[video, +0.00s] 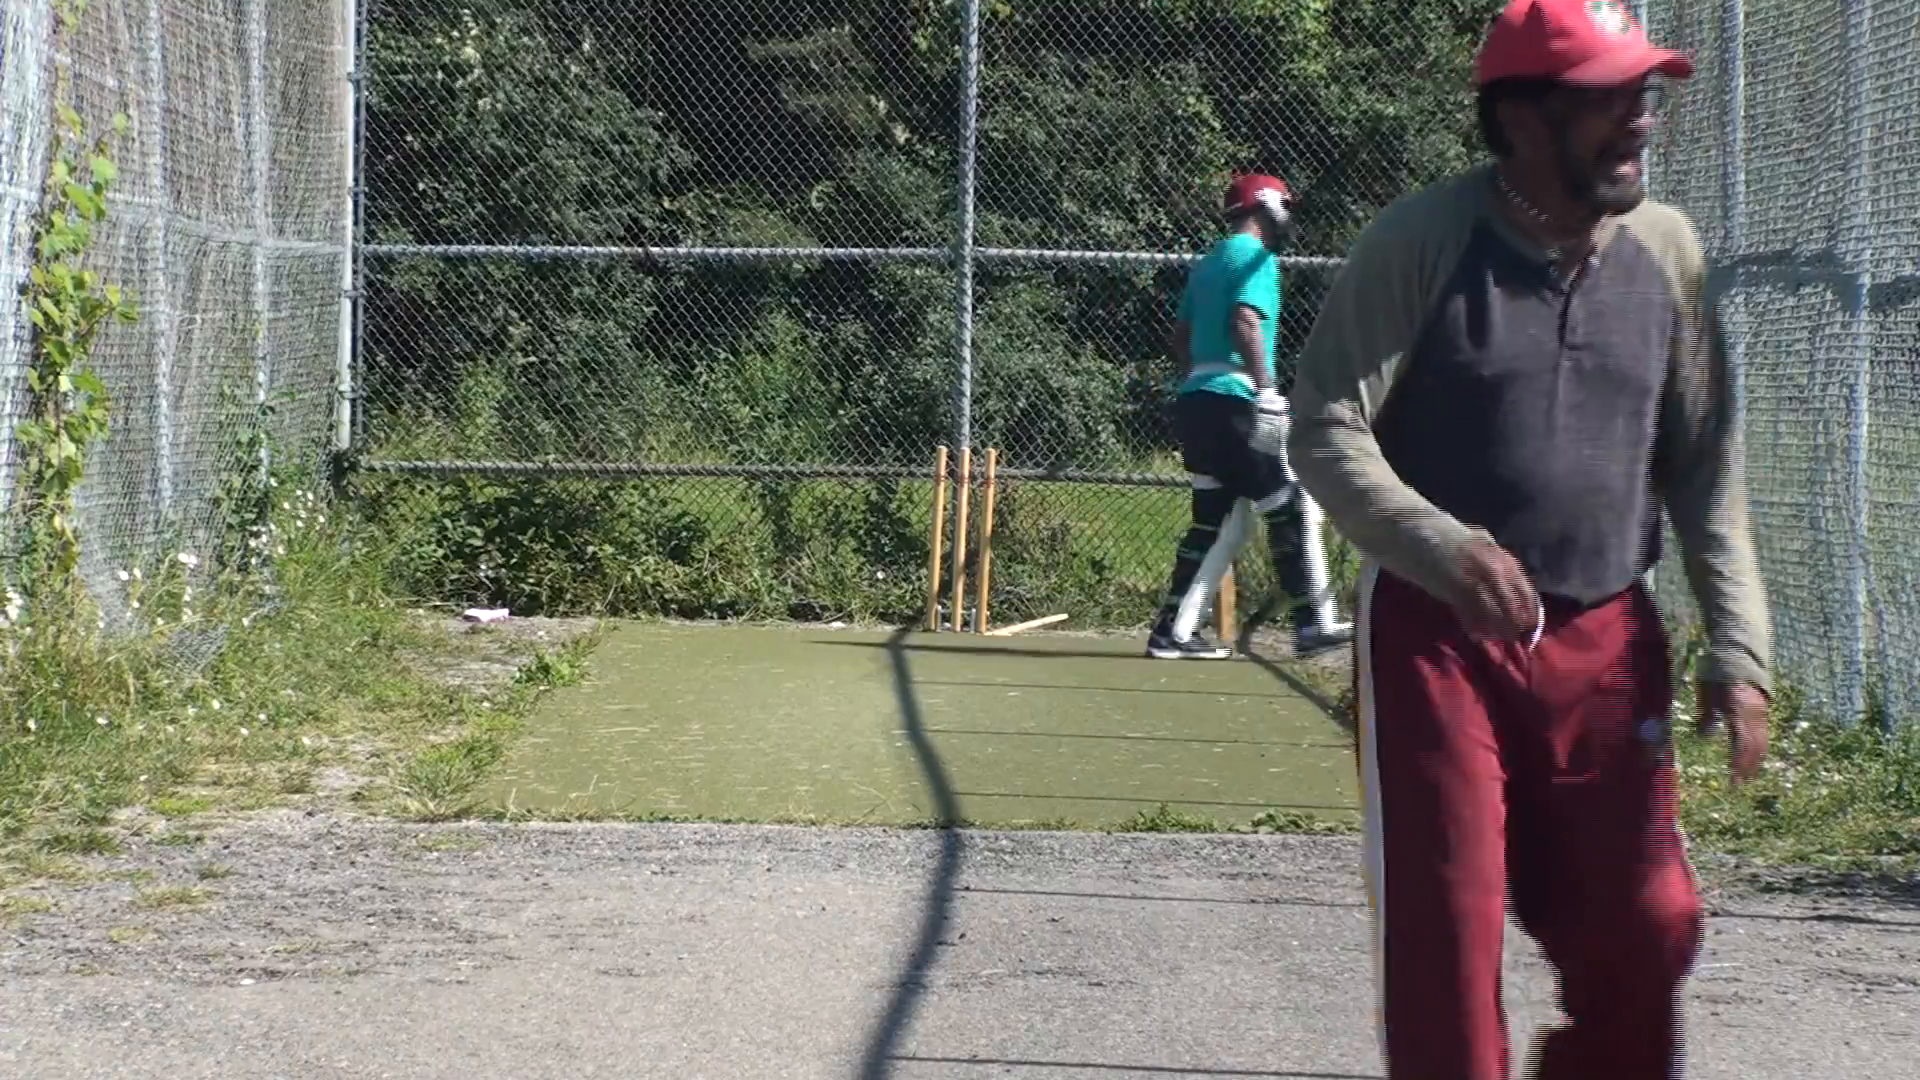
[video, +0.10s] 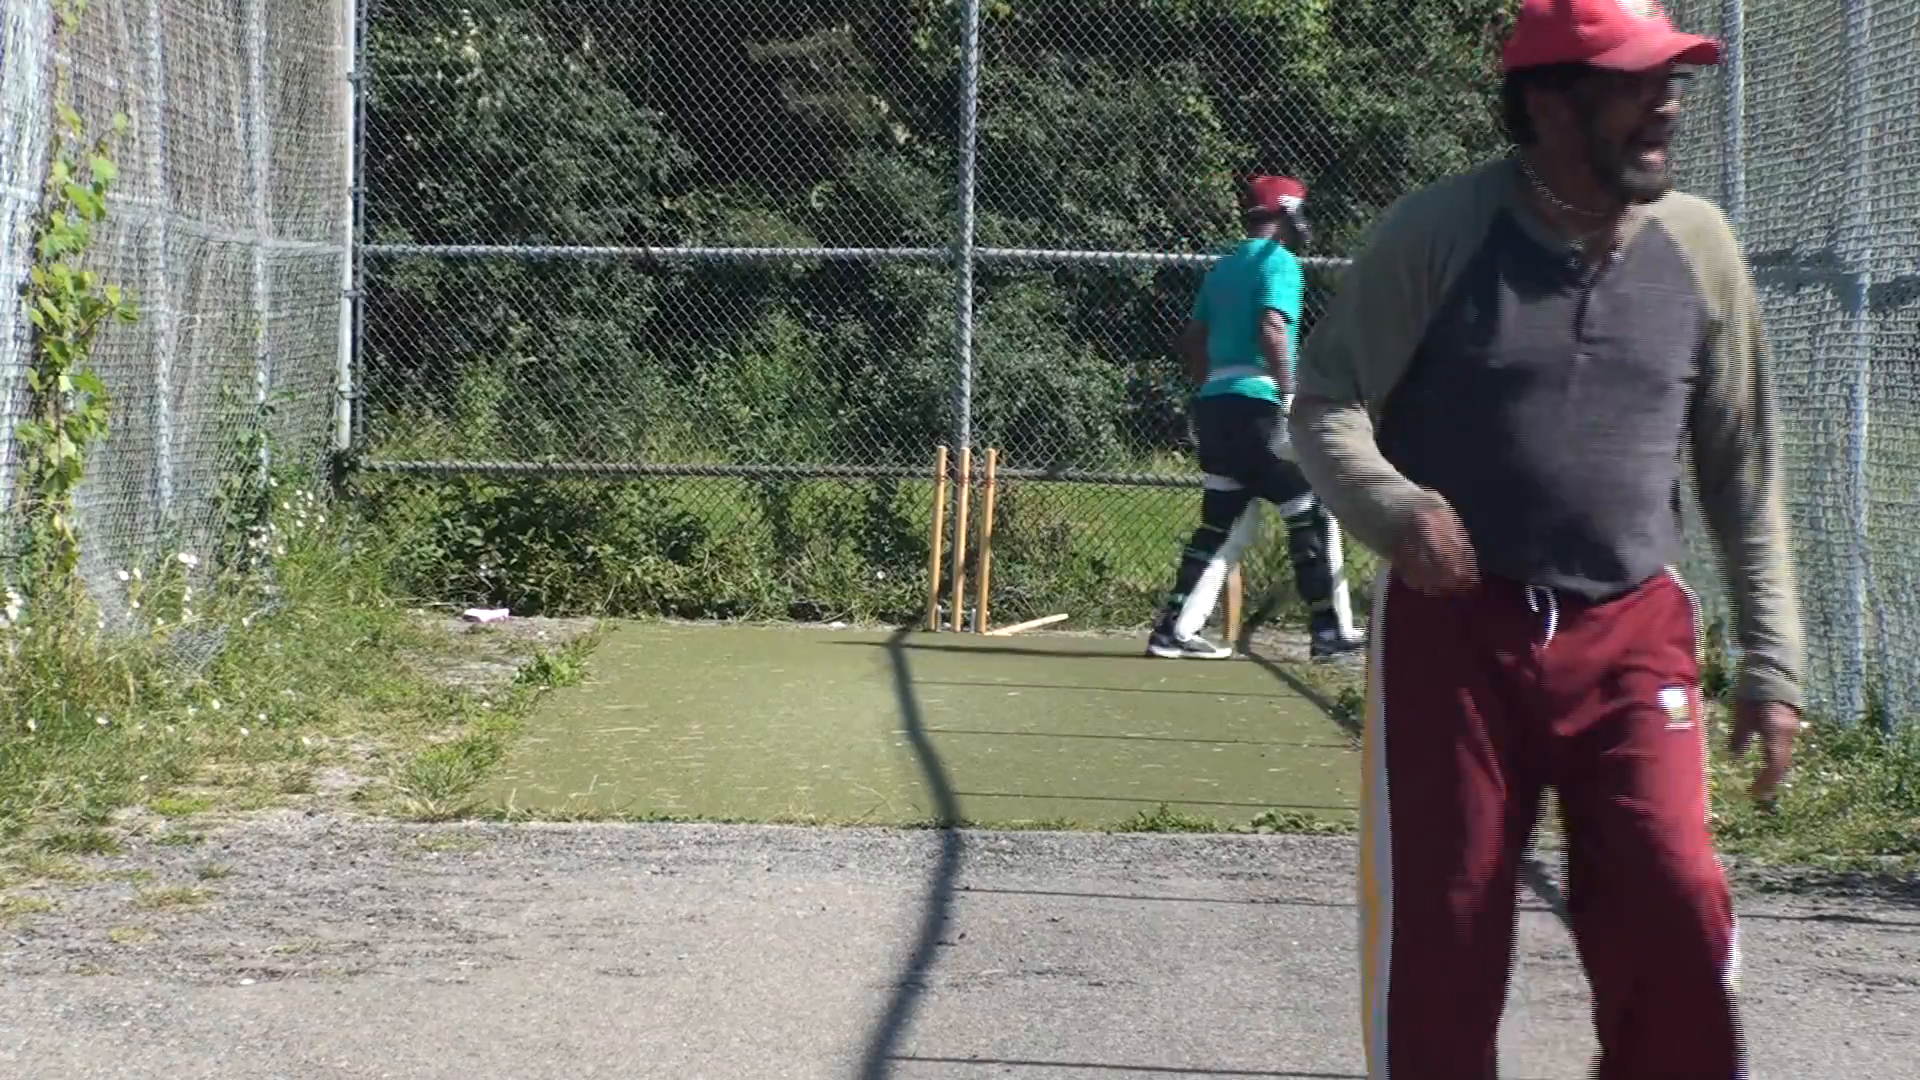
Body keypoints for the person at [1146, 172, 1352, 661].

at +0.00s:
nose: (1289, 222)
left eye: (1288, 213)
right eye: (1283, 212)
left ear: (1238, 217)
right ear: (1262, 213)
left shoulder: (1207, 263)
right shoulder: (1256, 256)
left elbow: (1179, 336)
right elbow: (1246, 321)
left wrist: (1207, 379)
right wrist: (1266, 391)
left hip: (1194, 405)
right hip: (1235, 405)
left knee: (1214, 519)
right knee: (1291, 507)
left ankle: (1173, 630)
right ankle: (1314, 621)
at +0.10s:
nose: (1304, 224)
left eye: (1301, 214)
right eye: (1298, 215)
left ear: (1253, 219)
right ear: (1282, 218)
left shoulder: (1222, 266)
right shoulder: (1279, 260)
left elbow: (1193, 337)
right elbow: (1272, 329)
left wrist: (1210, 386)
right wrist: (1290, 391)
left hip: (1212, 408)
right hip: (1255, 406)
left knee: (1220, 521)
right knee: (1308, 510)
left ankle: (1175, 628)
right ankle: (1331, 628)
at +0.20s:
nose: (1327, 228)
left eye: (1325, 218)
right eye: (1322, 219)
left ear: (1275, 223)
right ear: (1306, 222)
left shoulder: (1241, 270)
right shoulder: (1306, 266)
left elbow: (1217, 343)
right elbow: (1301, 333)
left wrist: (1223, 400)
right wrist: (1324, 397)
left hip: (1237, 407)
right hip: (1284, 407)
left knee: (1241, 519)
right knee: (1323, 517)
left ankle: (1181, 622)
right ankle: (1332, 637)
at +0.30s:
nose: (1346, 231)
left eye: (1345, 222)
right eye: (1342, 222)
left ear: (1291, 224)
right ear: (1326, 225)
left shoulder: (1257, 271)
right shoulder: (1333, 267)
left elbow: (1238, 346)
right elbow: (1337, 341)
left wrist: (1236, 408)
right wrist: (1375, 381)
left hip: (1259, 409)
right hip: (1312, 407)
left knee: (1277, 524)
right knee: (1343, 511)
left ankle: (1213, 600)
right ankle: (1333, 635)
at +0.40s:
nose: (1366, 228)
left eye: (1365, 219)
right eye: (1363, 220)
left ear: (1311, 222)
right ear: (1350, 222)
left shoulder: (1274, 270)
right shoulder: (1353, 268)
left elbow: (1250, 346)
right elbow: (1378, 344)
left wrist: (1251, 405)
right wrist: (1399, 402)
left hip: (1281, 405)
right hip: (1334, 404)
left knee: (1305, 507)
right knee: (1347, 519)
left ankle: (1262, 602)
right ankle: (1334, 634)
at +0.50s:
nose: (1380, 227)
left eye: (1377, 220)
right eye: (1377, 220)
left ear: (1327, 222)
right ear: (1367, 221)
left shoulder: (1293, 268)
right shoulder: (1376, 265)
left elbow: (1261, 342)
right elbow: (1407, 338)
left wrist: (1259, 405)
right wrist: (1436, 389)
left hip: (1295, 406)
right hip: (1346, 403)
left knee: (1318, 505)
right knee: (1350, 519)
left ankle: (1312, 616)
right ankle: (1331, 637)